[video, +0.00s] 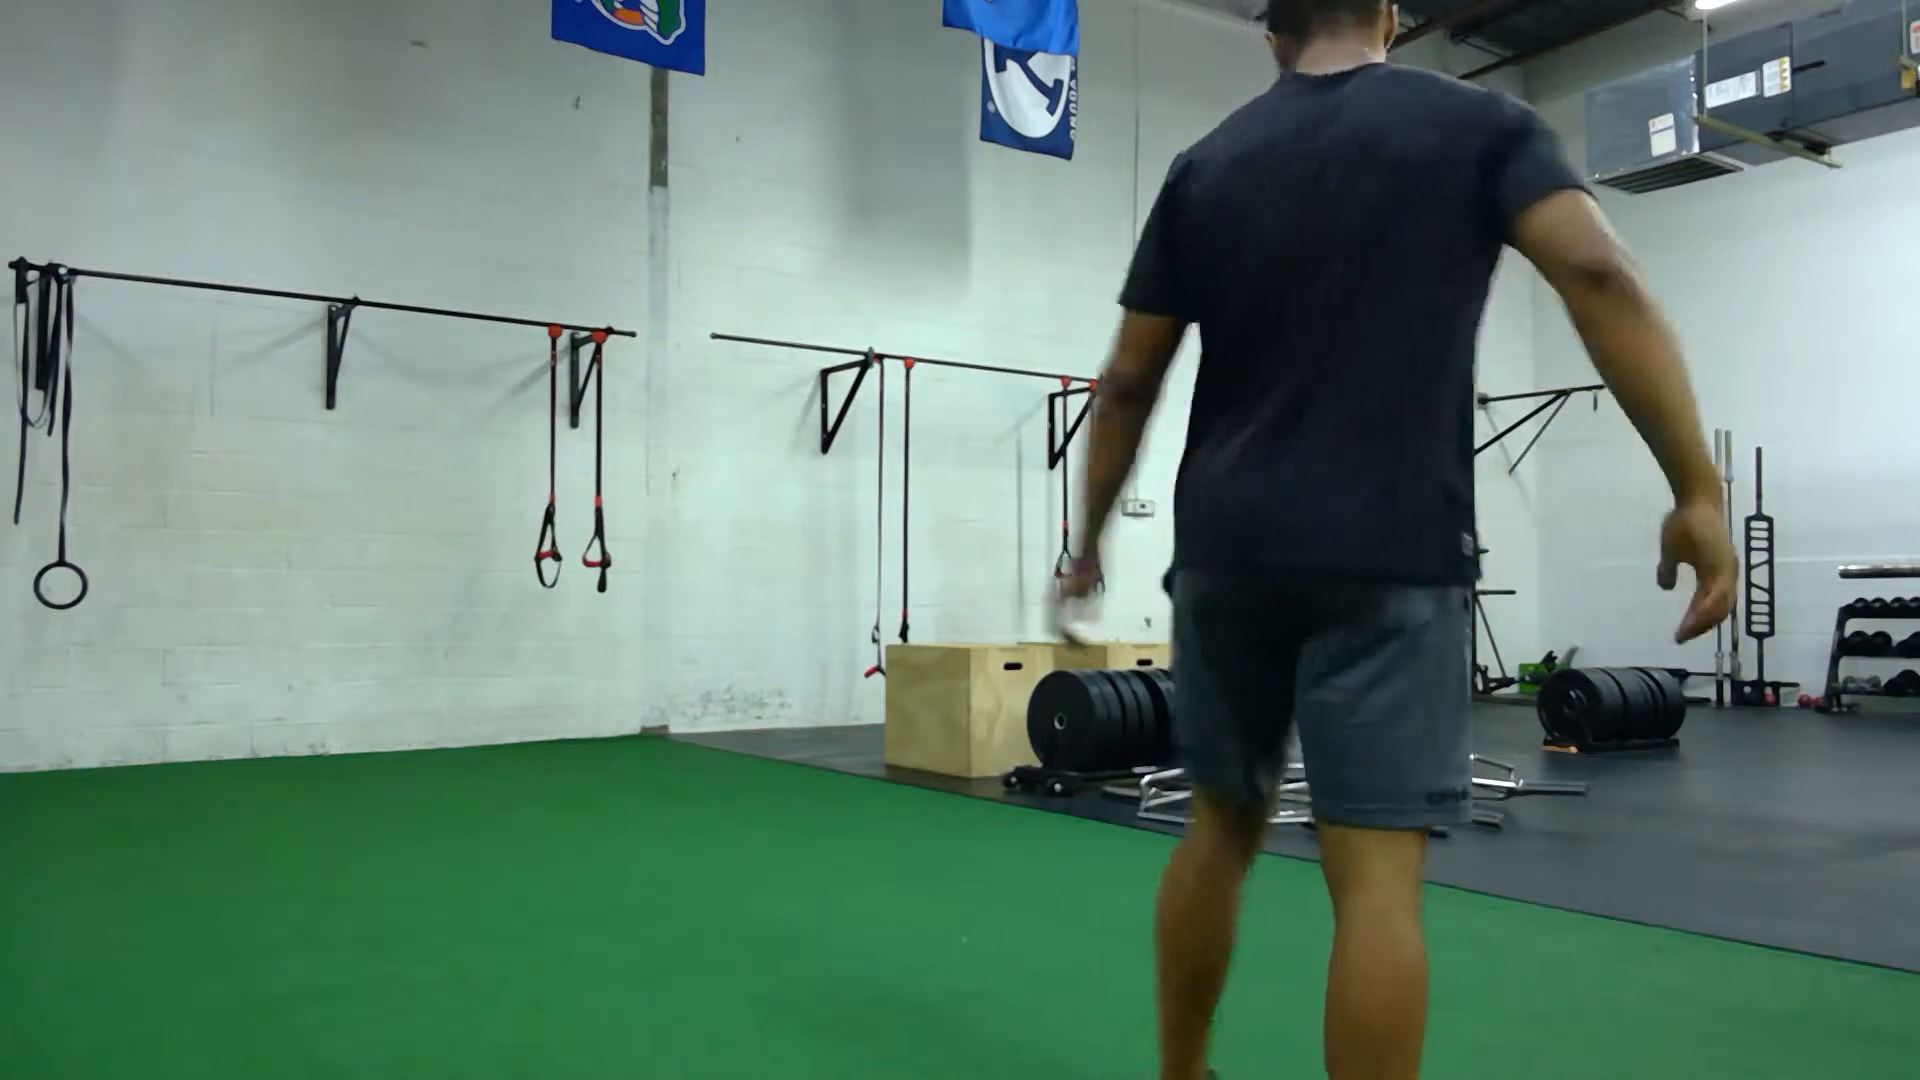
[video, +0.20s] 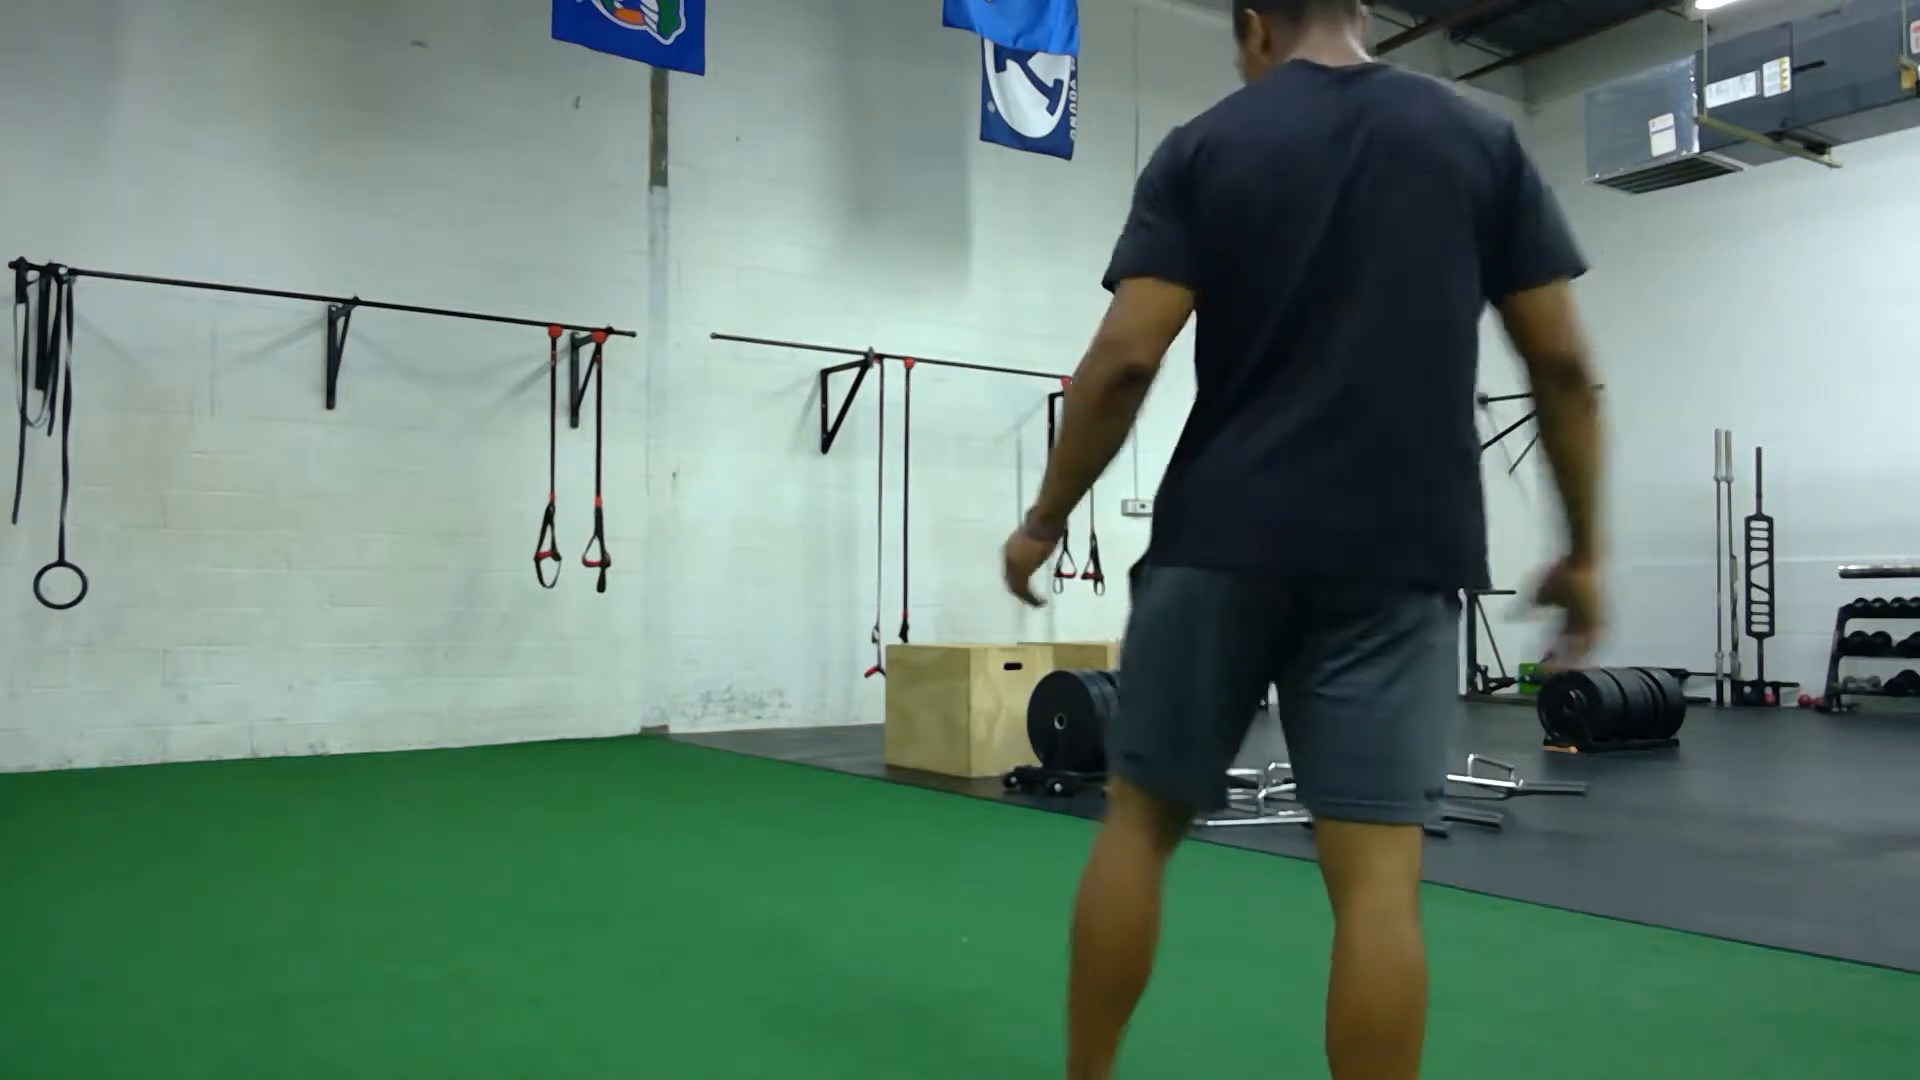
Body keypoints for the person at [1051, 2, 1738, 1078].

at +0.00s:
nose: (1399, 23)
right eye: (1398, 15)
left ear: (1270, 35)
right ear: (1387, 18)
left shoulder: (1205, 167)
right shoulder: (1474, 121)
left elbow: (1127, 381)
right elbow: (1599, 273)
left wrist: (1088, 531)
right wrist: (1697, 487)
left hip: (1228, 546)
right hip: (1397, 546)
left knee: (1217, 819)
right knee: (1378, 877)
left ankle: (1179, 1067)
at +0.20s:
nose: (1242, 59)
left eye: (1239, 41)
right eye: (1245, 45)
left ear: (1254, 26)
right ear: (1364, 24)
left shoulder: (1207, 146)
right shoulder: (1477, 136)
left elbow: (1122, 362)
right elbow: (1564, 367)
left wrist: (1045, 516)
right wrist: (1582, 548)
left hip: (1221, 545)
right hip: (1406, 552)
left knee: (1139, 821)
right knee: (1378, 880)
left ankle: (1086, 1068)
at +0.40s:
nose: (1165, 68)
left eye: (1164, 46)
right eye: (1167, 47)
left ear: (1189, 27)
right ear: (1286, 31)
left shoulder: (1158, 149)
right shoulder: (1402, 159)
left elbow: (1157, 356)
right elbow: (1432, 396)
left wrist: (1096, 533)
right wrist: (1356, 511)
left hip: (1183, 555)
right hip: (1352, 560)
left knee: (1102, 855)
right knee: (1349, 881)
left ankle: (1059, 1068)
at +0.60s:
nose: (1057, 82)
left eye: (1060, 58)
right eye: (1060, 60)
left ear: (1089, 43)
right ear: (1178, 42)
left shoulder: (1060, 163)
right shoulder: (1290, 174)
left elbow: (1011, 384)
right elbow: (1315, 405)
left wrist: (992, 522)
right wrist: (1245, 518)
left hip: (1092, 554)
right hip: (1253, 554)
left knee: (1059, 855)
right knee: (1283, 839)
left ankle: (1043, 1070)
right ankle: (1351, 1070)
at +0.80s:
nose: (979, 104)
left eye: (977, 84)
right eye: (979, 86)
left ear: (999, 61)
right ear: (1084, 57)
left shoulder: (981, 172)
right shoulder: (1212, 171)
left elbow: (935, 402)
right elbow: (1285, 372)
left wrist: (934, 455)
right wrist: (1319, 558)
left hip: (1070, 544)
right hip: (1207, 542)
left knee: (1053, 853)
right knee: (1119, 759)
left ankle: (1045, 1079)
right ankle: (1223, 985)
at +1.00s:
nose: (944, 105)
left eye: (943, 87)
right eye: (944, 89)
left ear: (967, 64)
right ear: (1058, 59)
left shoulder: (956, 166)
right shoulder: (1173, 177)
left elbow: (939, 383)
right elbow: (1254, 356)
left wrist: (925, 417)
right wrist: (1314, 541)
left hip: (1041, 554)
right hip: (1170, 551)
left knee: (1035, 851)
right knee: (1100, 805)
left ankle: (1042, 1071)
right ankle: (1154, 1061)